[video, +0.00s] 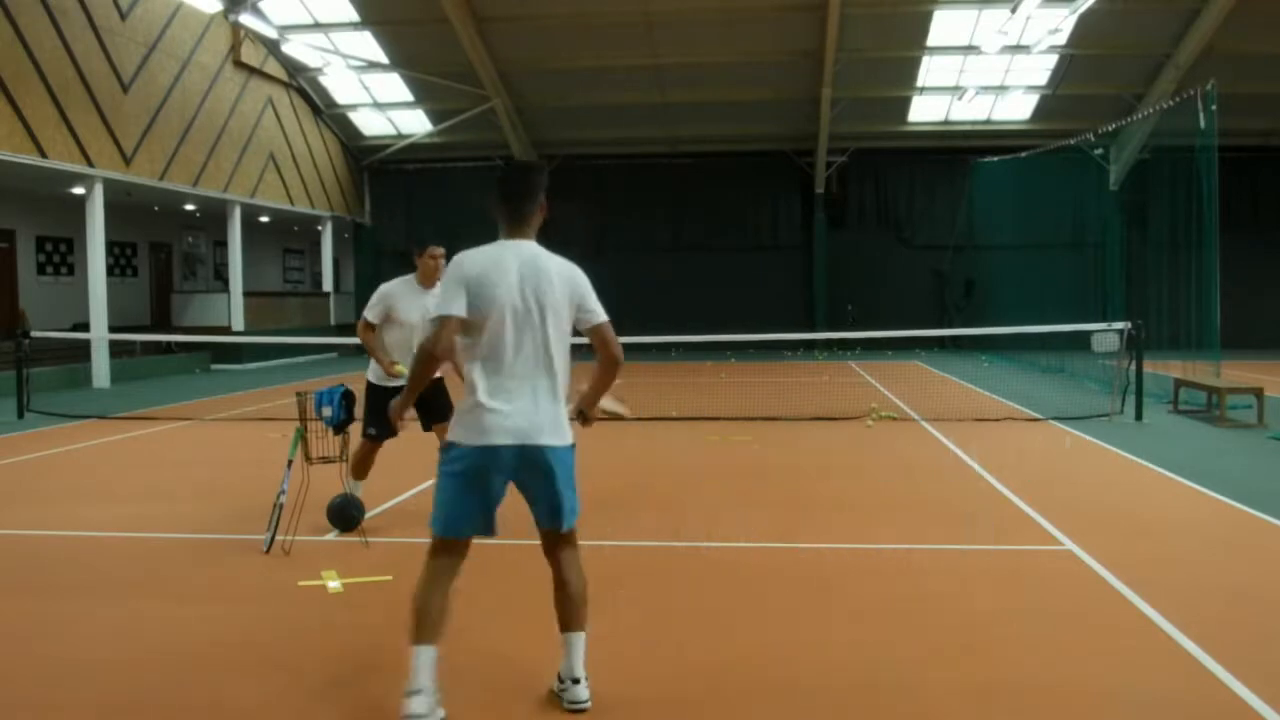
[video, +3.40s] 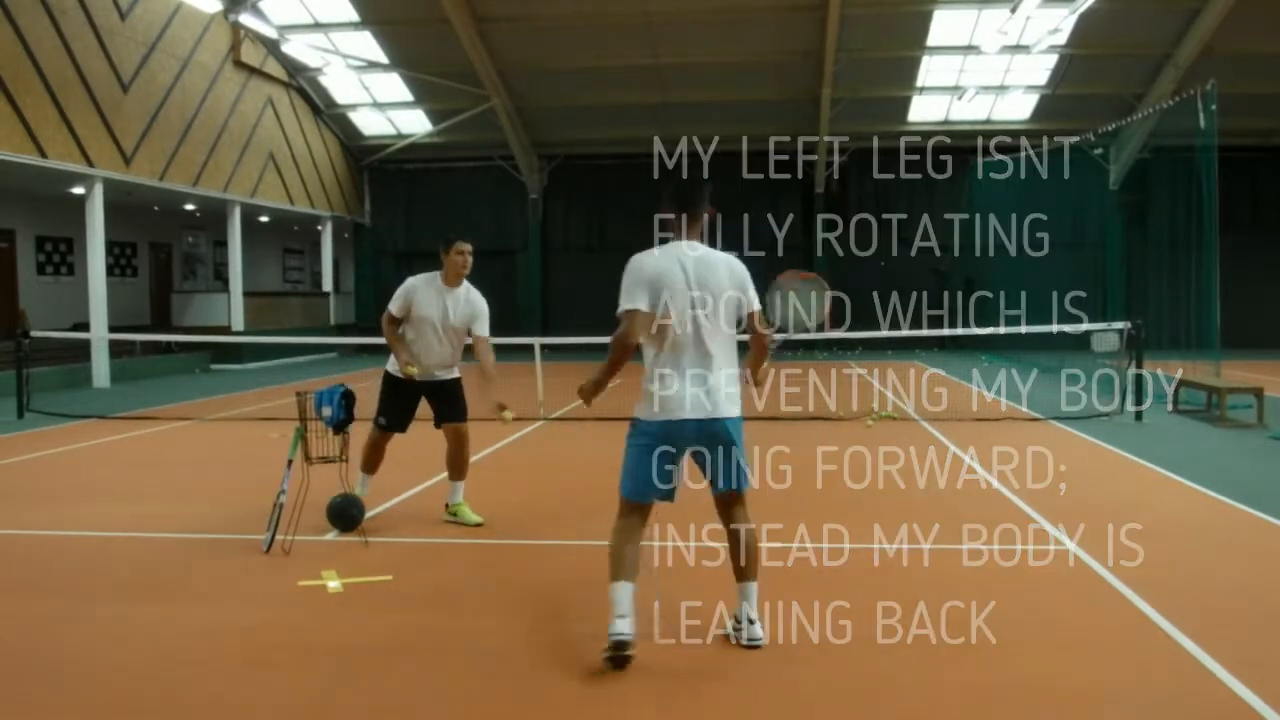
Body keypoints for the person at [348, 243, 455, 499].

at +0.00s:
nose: (439, 264)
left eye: (442, 258)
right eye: (432, 258)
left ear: (446, 262)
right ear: (418, 260)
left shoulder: (448, 294)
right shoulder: (390, 292)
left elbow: (451, 342)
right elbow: (365, 329)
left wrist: (469, 379)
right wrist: (385, 362)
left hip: (429, 379)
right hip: (386, 381)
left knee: (450, 436)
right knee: (372, 441)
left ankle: (456, 499)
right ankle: (352, 497)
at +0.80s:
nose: (410, 254)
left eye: (413, 249)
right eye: (404, 249)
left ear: (417, 255)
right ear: (388, 255)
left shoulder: (430, 291)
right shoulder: (369, 294)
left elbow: (448, 330)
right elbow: (349, 338)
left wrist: (449, 341)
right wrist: (372, 364)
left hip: (422, 381)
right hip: (380, 384)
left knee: (443, 435)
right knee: (363, 444)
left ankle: (459, 500)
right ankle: (341, 492)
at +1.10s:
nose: (381, 248)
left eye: (384, 243)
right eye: (374, 243)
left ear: (388, 248)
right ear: (361, 247)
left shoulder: (397, 283)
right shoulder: (342, 285)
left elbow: (402, 321)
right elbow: (319, 329)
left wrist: (412, 342)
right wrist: (348, 357)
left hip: (392, 376)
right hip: (353, 380)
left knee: (416, 430)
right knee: (345, 442)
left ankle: (421, 496)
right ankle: (337, 498)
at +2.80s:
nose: (396, 252)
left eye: (396, 247)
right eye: (394, 247)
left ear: (381, 248)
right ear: (381, 248)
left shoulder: (390, 281)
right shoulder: (346, 284)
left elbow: (402, 319)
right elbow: (326, 331)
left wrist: (443, 328)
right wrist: (362, 358)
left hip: (395, 374)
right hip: (358, 380)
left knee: (423, 425)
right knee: (349, 440)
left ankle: (428, 492)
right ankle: (337, 496)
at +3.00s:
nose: (420, 257)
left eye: (422, 252)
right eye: (414, 252)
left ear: (421, 256)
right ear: (396, 254)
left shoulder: (423, 291)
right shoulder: (369, 288)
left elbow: (438, 331)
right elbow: (343, 330)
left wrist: (475, 356)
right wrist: (369, 361)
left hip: (408, 382)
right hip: (367, 383)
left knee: (430, 436)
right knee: (350, 442)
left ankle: (451, 501)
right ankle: (337, 497)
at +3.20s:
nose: (454, 266)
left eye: (457, 260)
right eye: (447, 260)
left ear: (460, 265)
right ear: (431, 262)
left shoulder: (461, 304)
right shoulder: (401, 291)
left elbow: (463, 352)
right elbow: (372, 325)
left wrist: (473, 399)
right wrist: (386, 364)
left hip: (431, 380)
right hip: (390, 379)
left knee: (452, 433)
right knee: (364, 437)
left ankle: (455, 503)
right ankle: (340, 490)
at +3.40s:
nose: (467, 260)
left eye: (469, 255)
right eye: (460, 254)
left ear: (472, 260)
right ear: (444, 257)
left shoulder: (475, 301)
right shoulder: (415, 286)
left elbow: (483, 347)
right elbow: (389, 322)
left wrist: (492, 392)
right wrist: (403, 358)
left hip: (445, 376)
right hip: (404, 374)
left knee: (459, 433)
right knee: (380, 434)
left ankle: (456, 503)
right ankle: (359, 495)